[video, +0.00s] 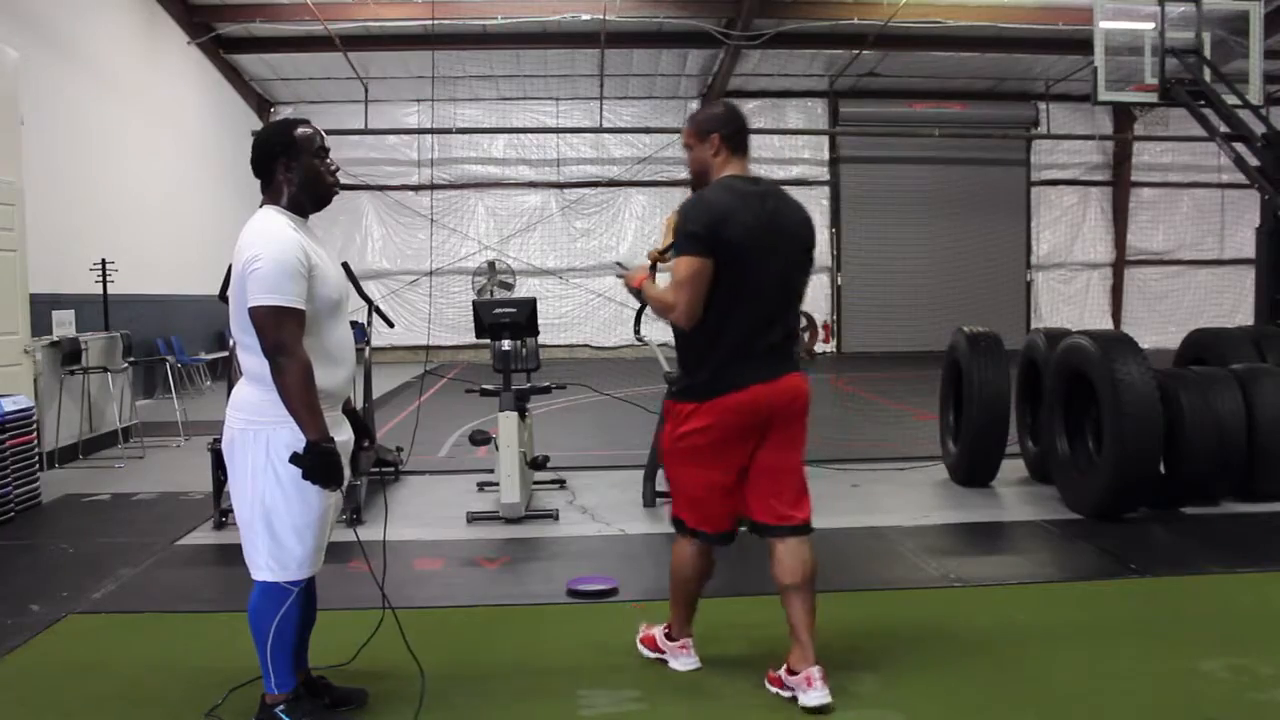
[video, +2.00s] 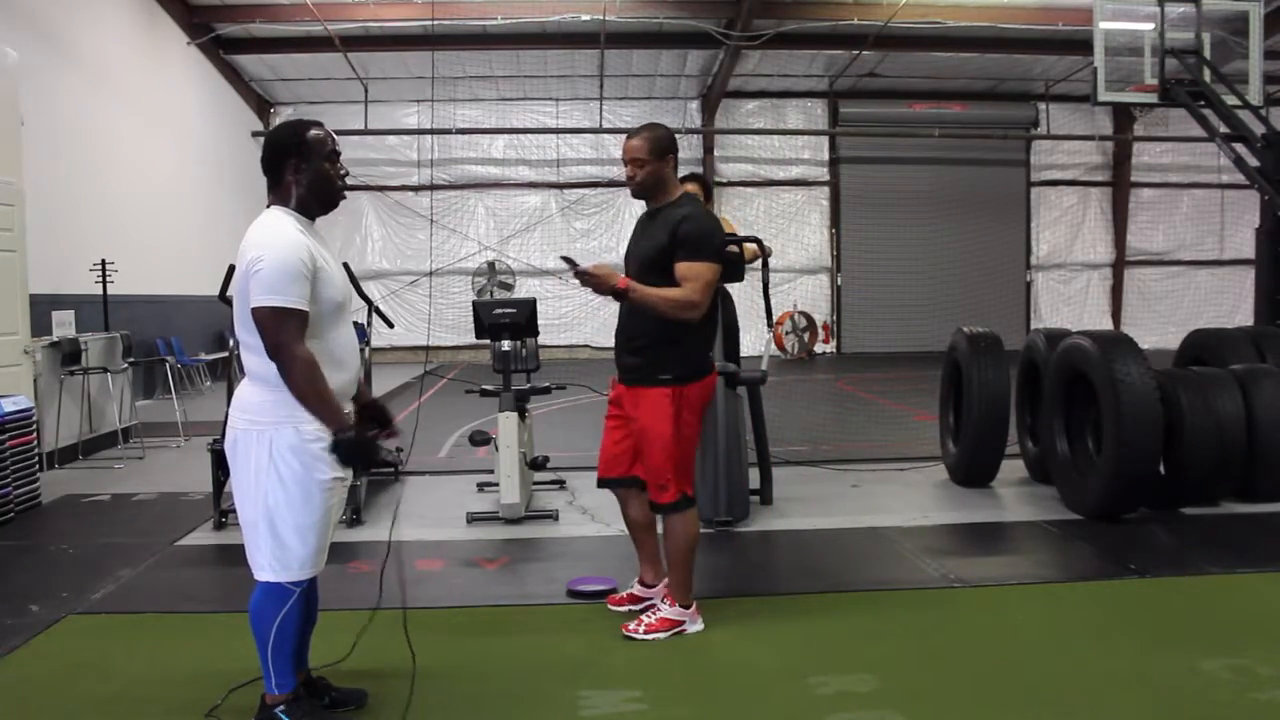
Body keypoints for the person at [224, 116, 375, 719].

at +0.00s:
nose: (334, 165)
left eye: (330, 154)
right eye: (321, 155)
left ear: (292, 171)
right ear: (286, 169)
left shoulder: (295, 238)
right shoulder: (272, 241)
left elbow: (311, 344)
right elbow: (282, 351)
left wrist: (349, 410)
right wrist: (317, 440)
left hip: (299, 427)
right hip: (275, 431)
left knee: (298, 566)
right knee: (282, 571)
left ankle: (296, 680)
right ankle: (280, 698)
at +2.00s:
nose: (344, 171)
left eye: (340, 159)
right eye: (332, 160)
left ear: (300, 172)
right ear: (297, 170)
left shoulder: (302, 239)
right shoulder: (279, 241)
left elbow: (317, 340)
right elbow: (285, 348)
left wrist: (358, 400)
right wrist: (341, 426)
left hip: (306, 429)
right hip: (281, 434)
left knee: (302, 565)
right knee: (283, 570)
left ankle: (297, 681)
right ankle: (280, 698)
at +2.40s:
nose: (357, 187)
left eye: (357, 174)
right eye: (350, 174)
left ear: (315, 175)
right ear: (312, 173)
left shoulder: (310, 235)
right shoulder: (279, 236)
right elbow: (268, 337)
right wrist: (266, 425)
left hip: (319, 427)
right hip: (289, 431)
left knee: (305, 568)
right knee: (288, 573)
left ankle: (298, 680)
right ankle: (279, 699)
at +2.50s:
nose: (370, 189)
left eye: (370, 177)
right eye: (363, 175)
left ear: (324, 175)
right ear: (324, 174)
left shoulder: (318, 236)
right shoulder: (282, 235)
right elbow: (243, 321)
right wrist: (202, 383)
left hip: (323, 429)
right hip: (291, 434)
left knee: (306, 566)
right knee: (287, 571)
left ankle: (299, 681)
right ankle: (278, 698)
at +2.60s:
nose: (378, 191)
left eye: (379, 179)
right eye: (371, 178)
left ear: (332, 177)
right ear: (330, 175)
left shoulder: (324, 239)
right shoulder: (284, 233)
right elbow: (237, 309)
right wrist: (191, 310)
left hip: (326, 426)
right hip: (292, 431)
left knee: (307, 565)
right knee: (289, 572)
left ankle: (297, 683)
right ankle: (280, 700)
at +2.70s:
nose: (378, 192)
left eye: (379, 179)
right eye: (370, 178)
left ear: (333, 178)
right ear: (331, 176)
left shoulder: (326, 235)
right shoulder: (289, 227)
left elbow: (327, 339)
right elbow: (241, 301)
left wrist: (356, 420)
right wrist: (240, 245)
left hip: (324, 426)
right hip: (290, 430)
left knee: (307, 566)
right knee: (290, 571)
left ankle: (299, 681)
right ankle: (280, 698)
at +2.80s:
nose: (369, 194)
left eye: (371, 185)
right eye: (363, 182)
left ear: (326, 174)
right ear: (330, 176)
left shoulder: (326, 234)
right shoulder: (286, 220)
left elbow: (353, 230)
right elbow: (262, 287)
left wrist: (375, 192)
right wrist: (313, 222)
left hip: (323, 423)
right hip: (287, 426)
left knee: (310, 562)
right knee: (292, 567)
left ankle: (299, 681)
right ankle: (279, 698)